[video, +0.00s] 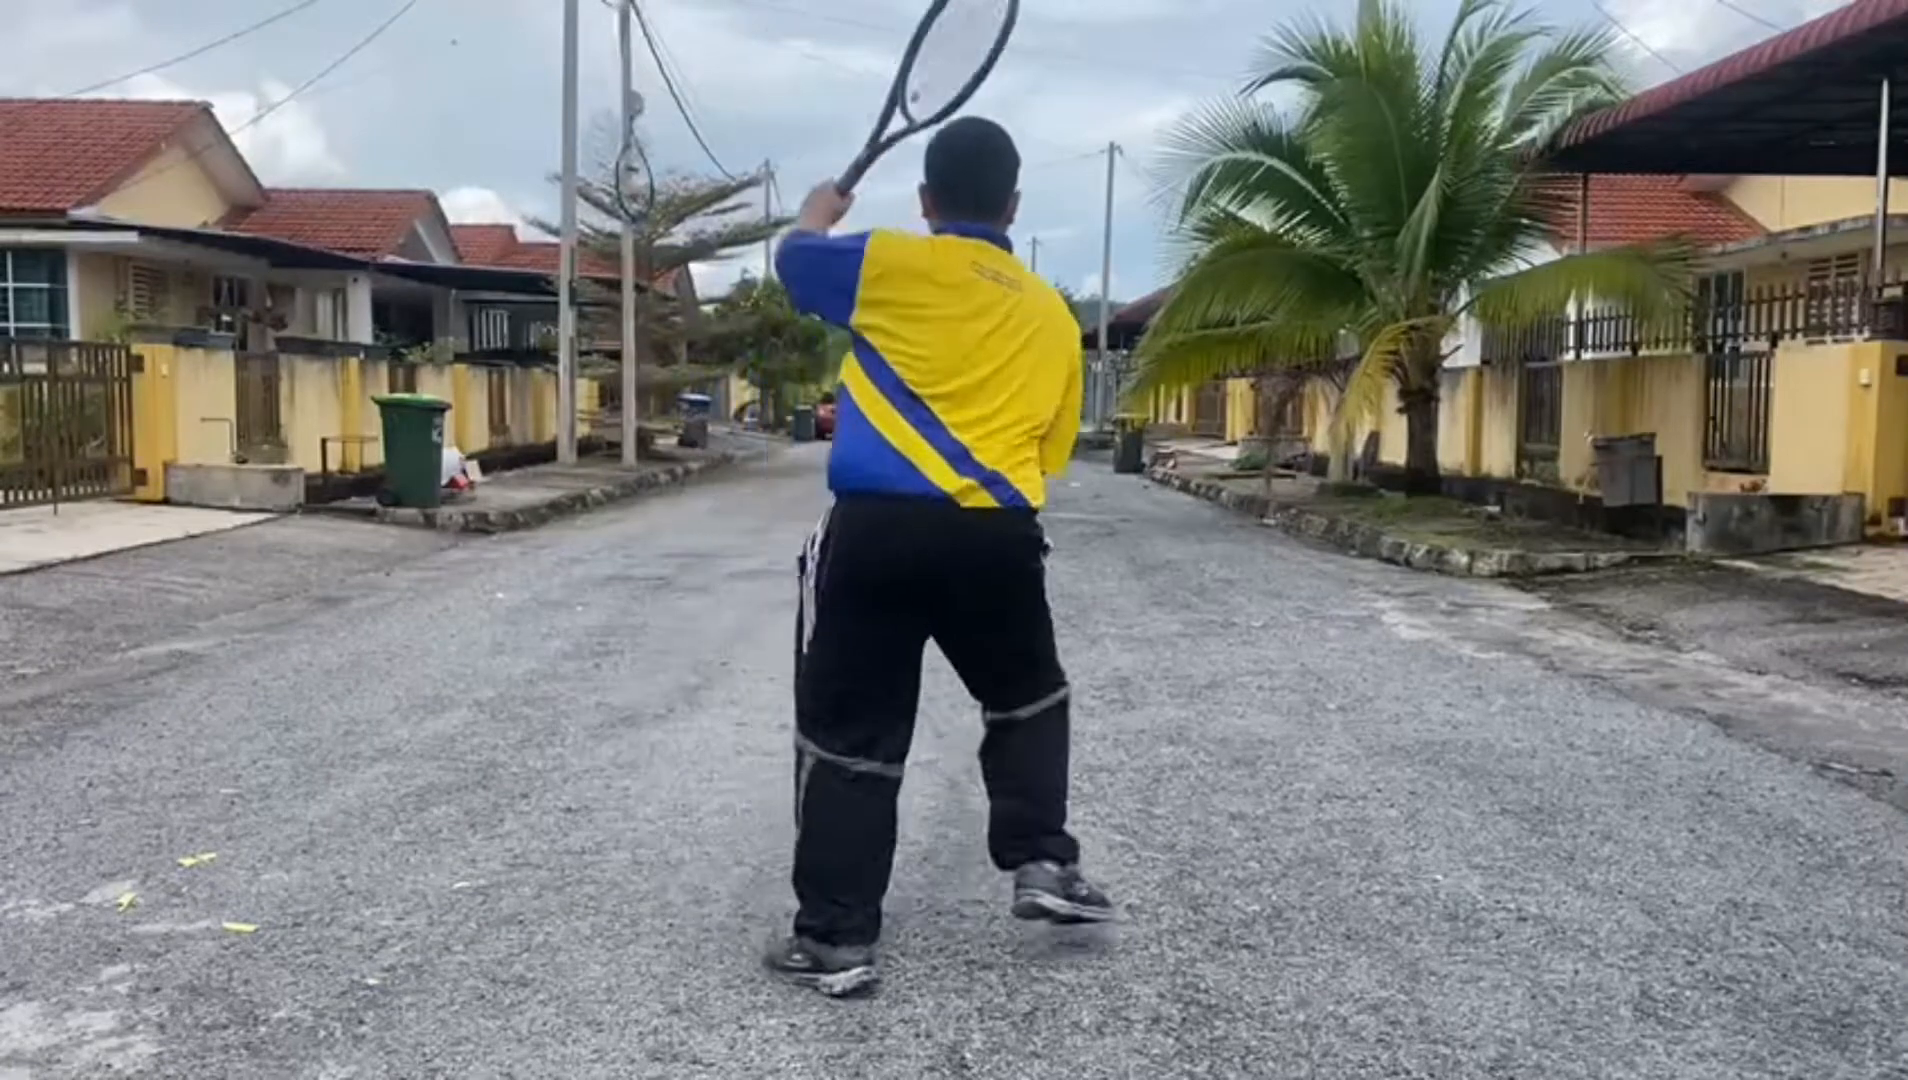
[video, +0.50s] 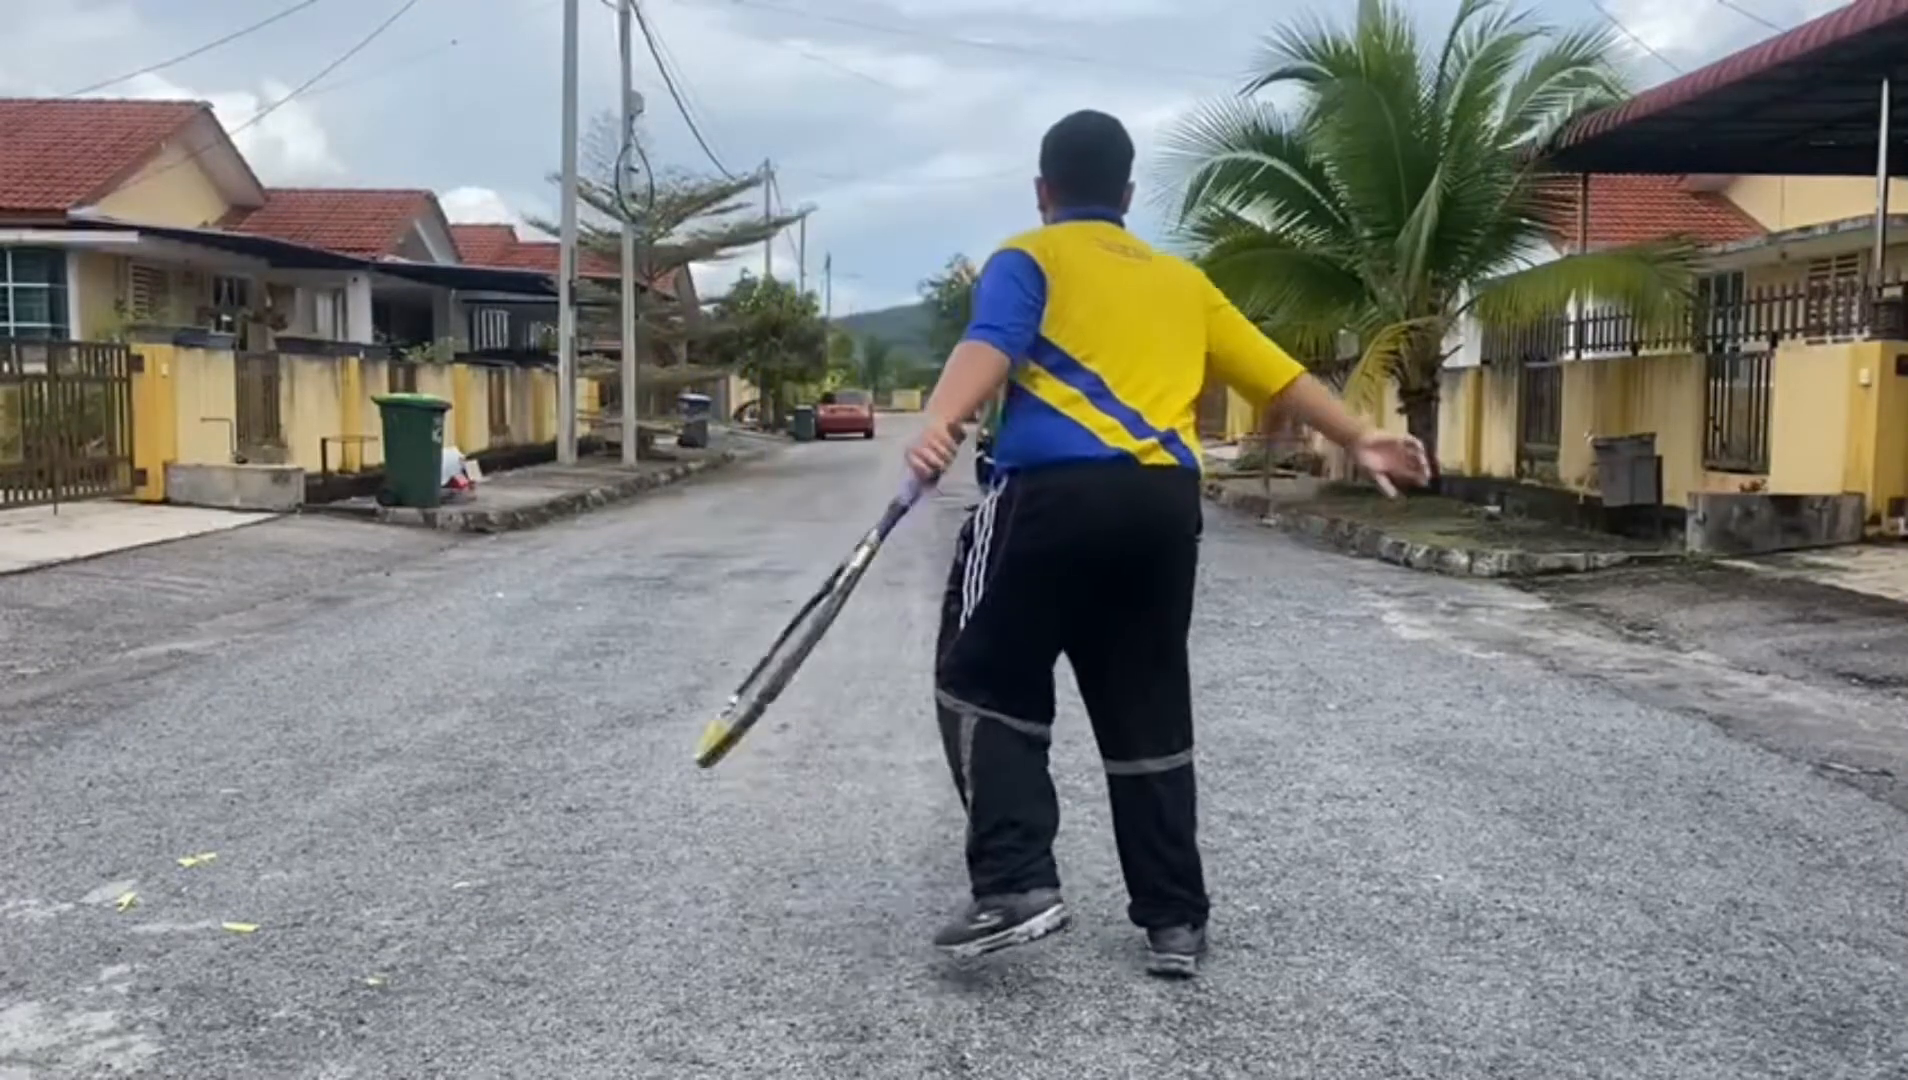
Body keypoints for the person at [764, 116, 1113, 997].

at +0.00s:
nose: (922, 205)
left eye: (923, 195)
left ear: (929, 200)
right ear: (1013, 204)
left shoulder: (893, 261)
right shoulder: (1053, 316)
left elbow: (796, 263)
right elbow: (1053, 452)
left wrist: (819, 218)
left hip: (876, 534)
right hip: (994, 544)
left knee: (854, 732)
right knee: (1027, 697)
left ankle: (836, 935)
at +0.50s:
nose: (1039, 197)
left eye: (1039, 187)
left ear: (1045, 189)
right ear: (1127, 193)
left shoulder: (1032, 257)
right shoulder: (1183, 281)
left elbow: (991, 344)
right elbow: (1276, 373)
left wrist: (939, 421)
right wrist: (1359, 434)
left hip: (1053, 500)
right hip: (1162, 503)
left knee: (988, 683)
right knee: (1146, 702)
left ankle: (1016, 884)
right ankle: (1174, 920)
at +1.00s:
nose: (914, 186)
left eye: (913, 173)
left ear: (919, 174)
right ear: (1005, 171)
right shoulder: (1064, 272)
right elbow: (1080, 402)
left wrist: (816, 533)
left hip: (944, 518)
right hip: (1052, 518)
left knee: (921, 723)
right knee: (1059, 699)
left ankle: (920, 940)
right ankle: (1136, 873)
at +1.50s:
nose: (912, 281)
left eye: (909, 271)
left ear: (907, 276)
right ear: (968, 278)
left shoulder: (867, 337)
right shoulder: (997, 340)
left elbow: (850, 422)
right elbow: (1003, 430)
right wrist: (970, 477)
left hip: (872, 498)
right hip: (964, 499)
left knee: (846, 637)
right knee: (974, 638)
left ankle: (802, 777)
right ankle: (978, 772)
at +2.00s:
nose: (930, 314)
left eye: (927, 304)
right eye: (928, 304)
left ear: (863, 297)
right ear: (918, 303)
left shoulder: (827, 344)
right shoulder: (930, 357)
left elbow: (836, 436)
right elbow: (944, 473)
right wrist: (958, 540)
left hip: (767, 489)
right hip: (852, 490)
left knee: (797, 637)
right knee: (907, 627)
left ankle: (810, 772)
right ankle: (935, 775)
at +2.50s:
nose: (866, 255)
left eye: (864, 241)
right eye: (862, 241)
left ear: (801, 237)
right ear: (846, 243)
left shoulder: (816, 311)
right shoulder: (779, 290)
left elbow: (849, 376)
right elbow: (804, 385)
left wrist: (904, 379)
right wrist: (886, 345)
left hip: (745, 480)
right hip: (717, 477)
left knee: (753, 638)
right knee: (765, 642)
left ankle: (695, 776)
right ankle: (733, 819)